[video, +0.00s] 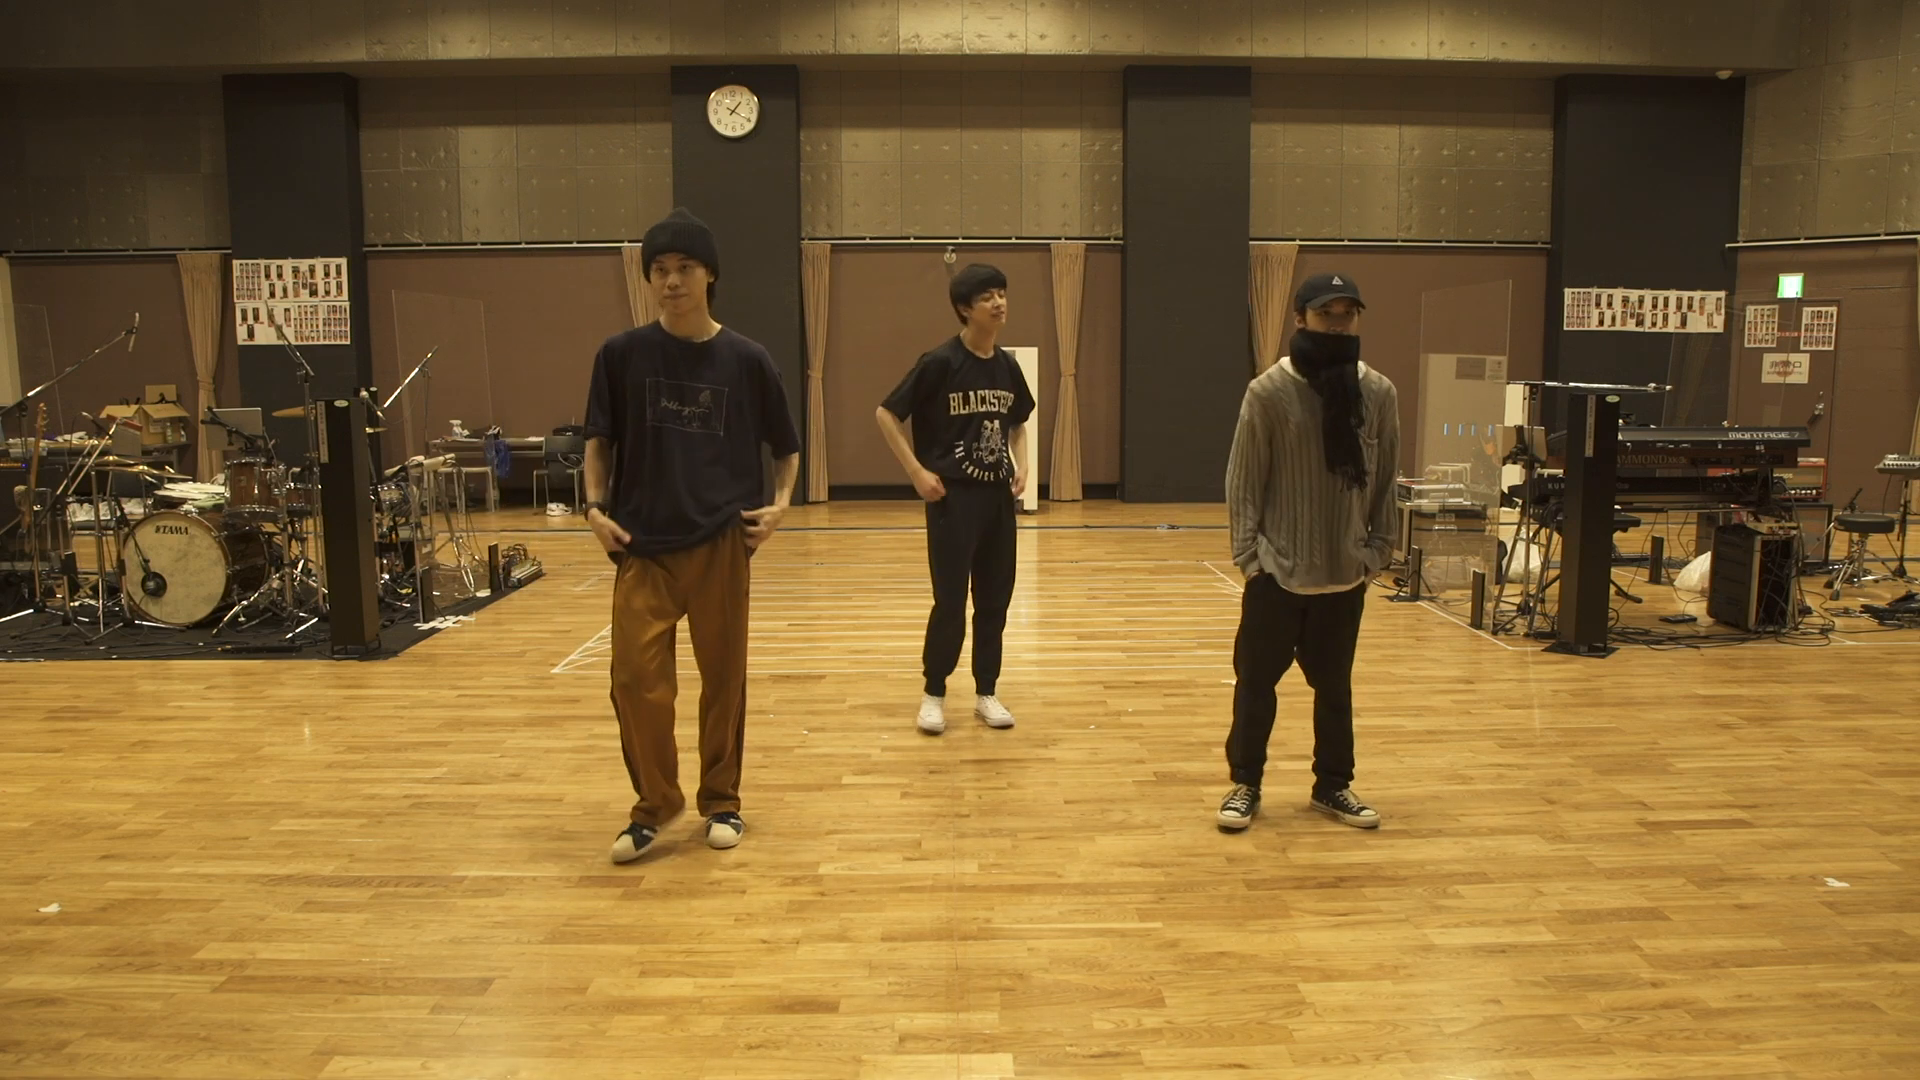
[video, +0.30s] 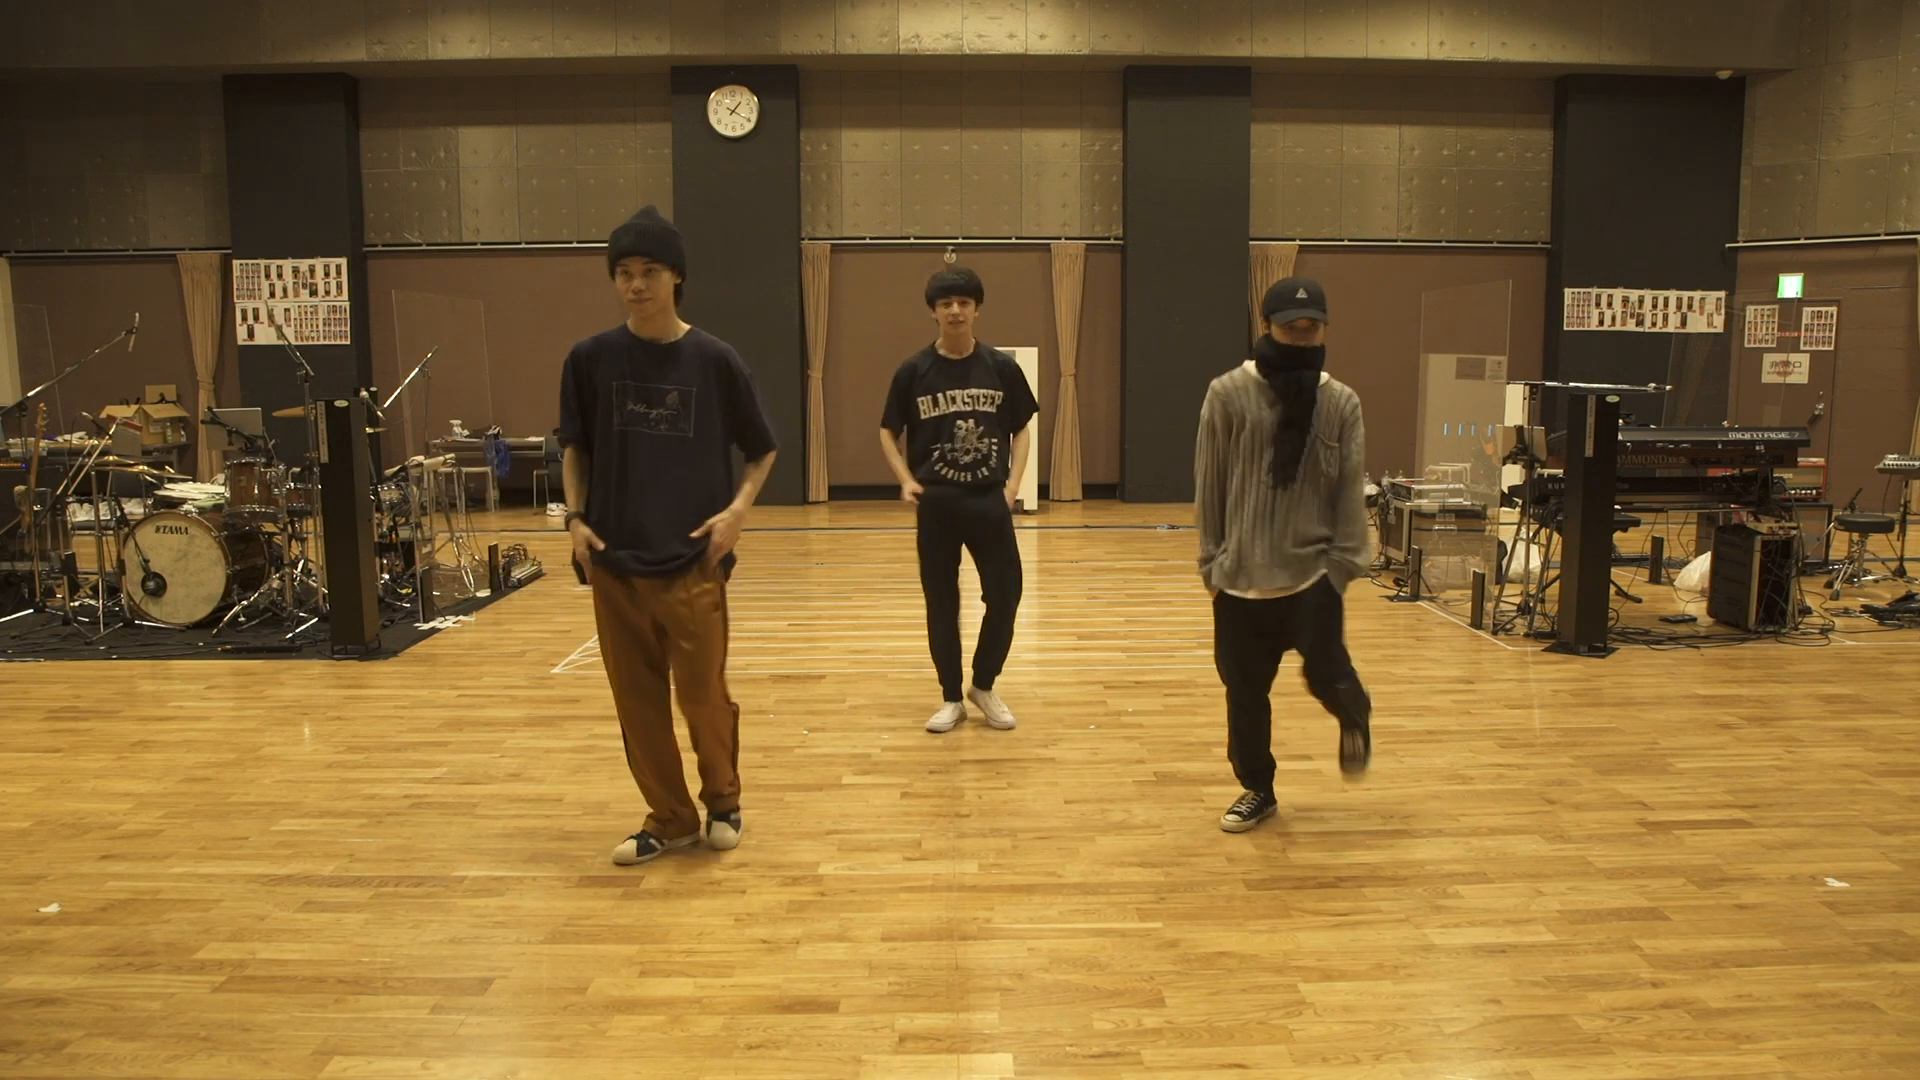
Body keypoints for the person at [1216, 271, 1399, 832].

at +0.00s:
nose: (1341, 323)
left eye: (1350, 313)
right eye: (1329, 313)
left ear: (1359, 320)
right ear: (1301, 319)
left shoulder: (1378, 392)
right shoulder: (1269, 391)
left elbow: (1386, 480)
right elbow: (1242, 481)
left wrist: (1374, 553)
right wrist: (1249, 559)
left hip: (1343, 572)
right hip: (1275, 570)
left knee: (1335, 687)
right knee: (1255, 684)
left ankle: (1333, 788)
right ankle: (1244, 786)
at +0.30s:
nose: (1303, 337)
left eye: (1313, 327)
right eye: (1291, 326)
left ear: (1325, 332)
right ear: (1266, 328)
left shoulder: (1340, 402)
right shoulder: (1226, 393)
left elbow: (1352, 489)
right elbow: (1209, 481)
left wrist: (1342, 563)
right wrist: (1211, 558)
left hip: (1311, 571)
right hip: (1239, 573)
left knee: (1327, 672)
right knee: (1243, 691)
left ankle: (1355, 719)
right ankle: (1257, 790)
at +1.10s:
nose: (1254, 343)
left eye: (1264, 332)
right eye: (1243, 331)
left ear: (1276, 331)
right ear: (1216, 325)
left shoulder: (1299, 378)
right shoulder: (1181, 397)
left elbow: (1327, 462)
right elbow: (1160, 485)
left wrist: (1292, 536)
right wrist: (1169, 543)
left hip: (1265, 549)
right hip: (1194, 555)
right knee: (1194, 672)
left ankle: (1245, 665)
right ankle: (1199, 780)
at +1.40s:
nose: (1269, 363)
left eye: (1277, 353)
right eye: (1256, 352)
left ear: (1286, 358)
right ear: (1226, 355)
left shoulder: (1310, 423)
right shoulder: (1191, 427)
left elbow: (1317, 509)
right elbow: (1147, 501)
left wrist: (1294, 573)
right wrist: (1182, 556)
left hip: (1263, 577)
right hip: (1204, 570)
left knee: (1206, 668)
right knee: (1220, 662)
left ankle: (1150, 751)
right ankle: (1228, 782)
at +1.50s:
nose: (1281, 362)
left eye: (1289, 352)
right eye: (1268, 352)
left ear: (1297, 359)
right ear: (1237, 357)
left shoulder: (1322, 425)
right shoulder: (1204, 432)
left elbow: (1328, 512)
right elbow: (1176, 521)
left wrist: (1312, 579)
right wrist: (1210, 586)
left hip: (1286, 590)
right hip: (1228, 590)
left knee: (1244, 698)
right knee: (1239, 698)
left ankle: (1167, 734)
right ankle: (1216, 798)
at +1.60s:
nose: (1295, 366)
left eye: (1303, 357)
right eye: (1282, 356)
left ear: (1311, 364)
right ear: (1253, 362)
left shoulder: (1334, 433)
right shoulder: (1222, 436)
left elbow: (1344, 519)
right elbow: (1190, 524)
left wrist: (1330, 581)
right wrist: (1223, 597)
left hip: (1305, 592)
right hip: (1243, 594)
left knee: (1319, 703)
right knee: (1246, 701)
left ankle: (1239, 708)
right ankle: (1215, 798)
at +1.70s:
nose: (1321, 367)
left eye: (1328, 357)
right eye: (1307, 357)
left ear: (1336, 364)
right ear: (1278, 364)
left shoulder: (1352, 435)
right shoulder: (1250, 439)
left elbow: (1353, 519)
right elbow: (1202, 531)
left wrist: (1346, 577)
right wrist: (1229, 605)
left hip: (1331, 598)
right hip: (1262, 608)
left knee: (1411, 659)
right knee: (1242, 714)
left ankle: (1333, 729)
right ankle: (1216, 797)